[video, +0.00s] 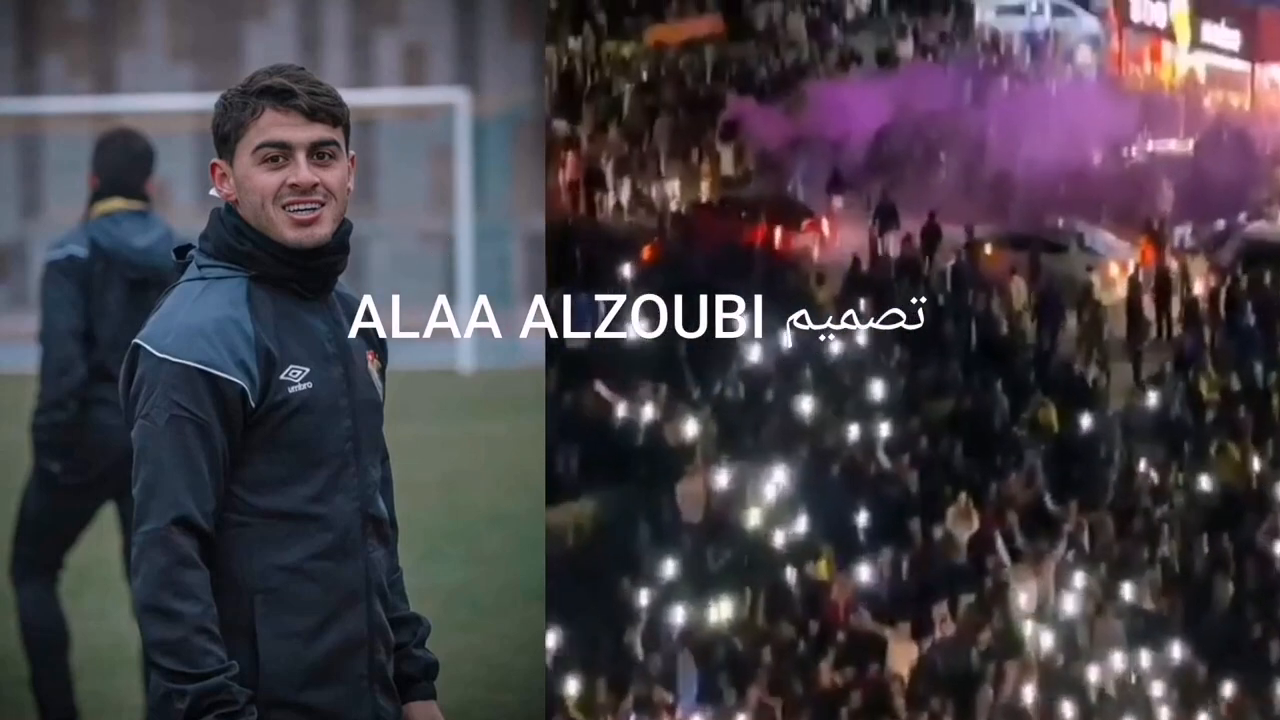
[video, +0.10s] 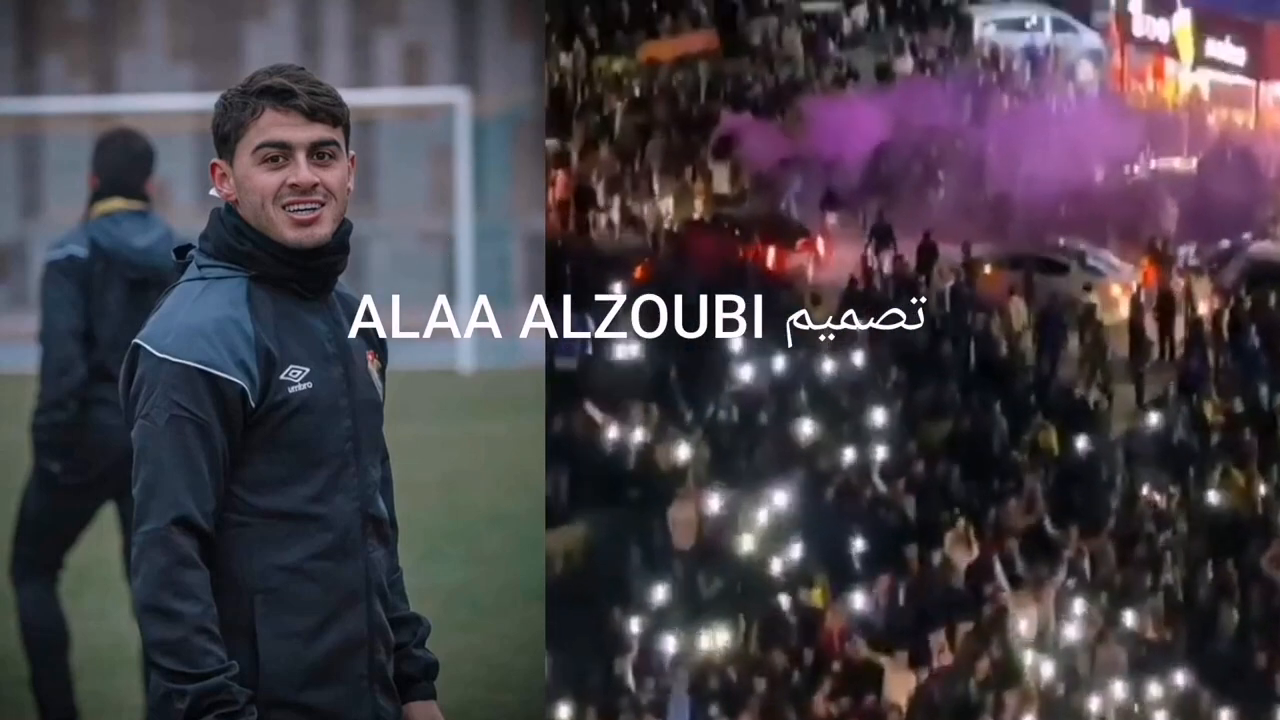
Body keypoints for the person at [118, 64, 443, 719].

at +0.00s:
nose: (305, 178)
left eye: (322, 155)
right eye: (274, 158)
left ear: (350, 171)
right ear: (226, 182)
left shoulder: (351, 319)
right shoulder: (196, 334)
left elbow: (372, 523)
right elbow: (164, 551)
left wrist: (414, 684)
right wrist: (213, 705)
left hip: (364, 690)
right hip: (260, 692)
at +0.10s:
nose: (305, 178)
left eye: (322, 155)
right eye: (274, 158)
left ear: (350, 171)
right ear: (226, 182)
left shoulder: (352, 319)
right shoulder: (196, 334)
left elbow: (372, 523)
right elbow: (164, 551)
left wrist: (414, 684)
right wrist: (213, 705)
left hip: (364, 691)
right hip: (260, 692)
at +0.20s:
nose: (305, 178)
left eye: (322, 155)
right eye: (274, 158)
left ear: (350, 171)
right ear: (226, 182)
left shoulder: (356, 323)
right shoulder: (195, 334)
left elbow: (372, 524)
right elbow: (164, 550)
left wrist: (414, 684)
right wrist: (213, 705)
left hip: (364, 690)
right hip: (259, 691)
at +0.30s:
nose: (305, 178)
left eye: (322, 155)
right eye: (274, 158)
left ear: (350, 171)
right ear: (226, 182)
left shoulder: (356, 323)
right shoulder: (195, 334)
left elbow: (372, 524)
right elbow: (164, 550)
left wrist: (414, 684)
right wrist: (213, 705)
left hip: (364, 690)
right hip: (259, 691)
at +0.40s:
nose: (305, 178)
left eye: (322, 155)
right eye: (274, 158)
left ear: (350, 170)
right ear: (226, 181)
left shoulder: (356, 323)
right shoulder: (194, 335)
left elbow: (372, 524)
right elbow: (164, 551)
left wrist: (414, 684)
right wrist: (213, 705)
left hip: (365, 690)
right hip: (259, 692)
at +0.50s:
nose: (305, 178)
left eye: (322, 155)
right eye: (274, 158)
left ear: (350, 171)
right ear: (226, 182)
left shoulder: (356, 323)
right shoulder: (195, 334)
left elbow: (372, 524)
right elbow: (164, 550)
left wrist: (414, 684)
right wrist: (213, 705)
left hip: (364, 690)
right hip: (259, 691)